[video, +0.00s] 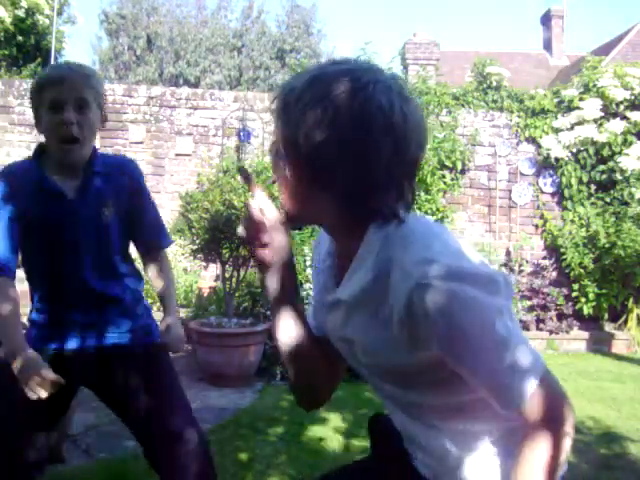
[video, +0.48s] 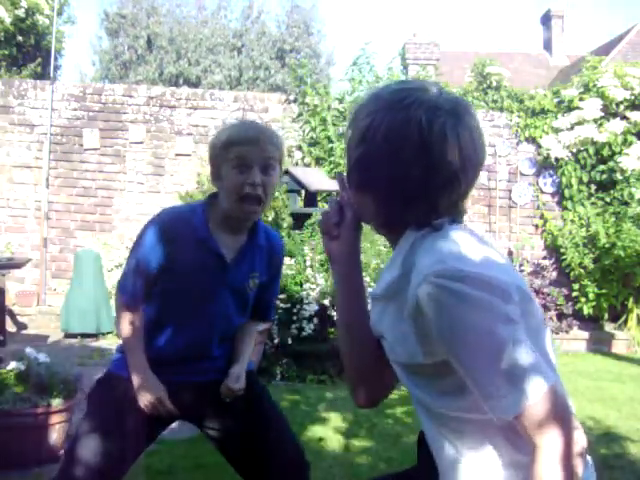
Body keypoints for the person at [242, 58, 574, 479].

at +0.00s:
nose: (273, 164)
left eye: (282, 151)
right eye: (276, 150)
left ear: (326, 162)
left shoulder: (433, 284)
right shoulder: (333, 245)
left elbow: (552, 417)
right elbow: (313, 390)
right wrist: (277, 270)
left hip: (484, 472)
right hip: (413, 450)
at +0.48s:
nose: (345, 179)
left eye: (351, 164)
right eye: (350, 163)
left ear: (373, 178)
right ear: (456, 177)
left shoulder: (448, 277)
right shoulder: (413, 259)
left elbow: (556, 435)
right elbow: (368, 388)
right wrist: (344, 259)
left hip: (510, 471)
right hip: (456, 464)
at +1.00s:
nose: (352, 148)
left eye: (363, 137)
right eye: (359, 137)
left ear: (403, 154)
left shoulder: (456, 260)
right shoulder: (422, 251)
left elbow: (569, 422)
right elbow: (378, 378)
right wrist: (349, 253)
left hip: (524, 471)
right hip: (479, 464)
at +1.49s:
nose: (382, 153)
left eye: (406, 143)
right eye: (365, 139)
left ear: (439, 180)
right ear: (341, 163)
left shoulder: (464, 271)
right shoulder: (367, 258)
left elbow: (562, 420)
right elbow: (375, 392)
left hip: (517, 470)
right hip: (445, 463)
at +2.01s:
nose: (324, 35)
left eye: (329, 19)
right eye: (328, 19)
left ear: (347, 20)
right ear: (411, 22)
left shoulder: (381, 72)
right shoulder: (459, 80)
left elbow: (421, 245)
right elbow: (559, 138)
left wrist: (299, 137)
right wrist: (481, 195)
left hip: (427, 373)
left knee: (324, 474)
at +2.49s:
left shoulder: (323, 27)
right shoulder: (482, 8)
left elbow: (297, 172)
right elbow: (586, 51)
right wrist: (503, 147)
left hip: (350, 295)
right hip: (463, 297)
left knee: (351, 464)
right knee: (455, 465)